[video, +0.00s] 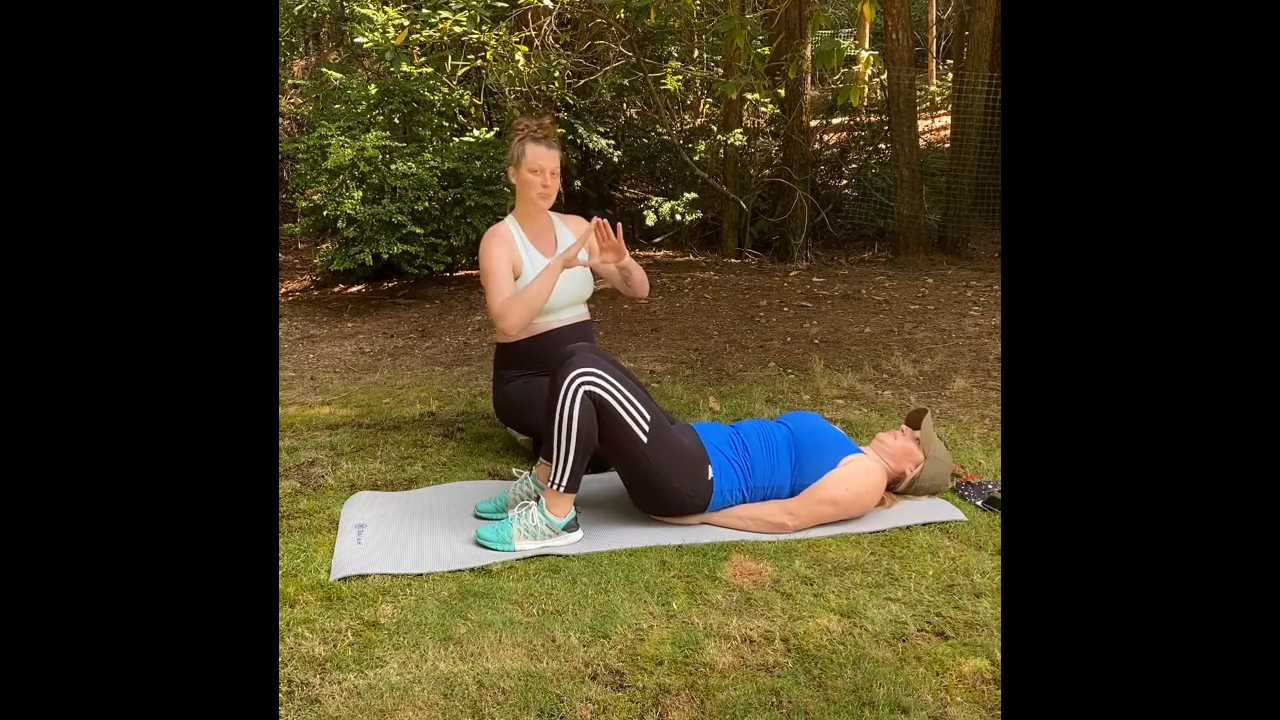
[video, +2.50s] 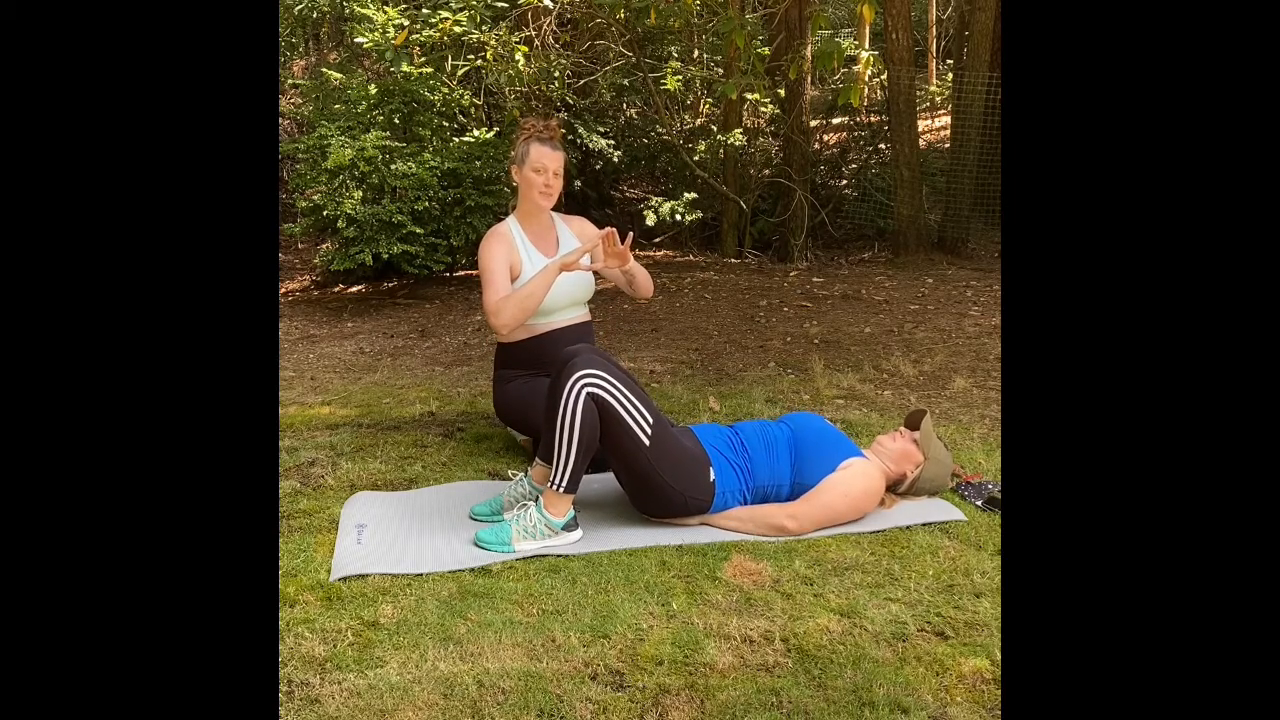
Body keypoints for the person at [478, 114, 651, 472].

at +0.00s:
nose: (547, 183)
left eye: (554, 173)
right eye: (536, 173)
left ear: (561, 177)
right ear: (513, 175)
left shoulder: (576, 228)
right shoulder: (498, 241)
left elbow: (639, 292)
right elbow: (507, 325)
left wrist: (625, 265)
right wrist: (557, 264)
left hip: (584, 363)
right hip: (524, 376)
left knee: (650, 435)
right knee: (605, 445)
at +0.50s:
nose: (548, 182)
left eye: (554, 173)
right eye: (537, 171)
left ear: (561, 178)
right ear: (513, 174)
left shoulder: (577, 229)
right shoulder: (497, 241)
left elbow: (638, 296)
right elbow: (502, 321)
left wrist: (623, 267)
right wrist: (554, 264)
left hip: (584, 363)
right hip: (523, 376)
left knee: (639, 438)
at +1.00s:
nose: (549, 183)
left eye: (556, 173)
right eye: (538, 172)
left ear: (563, 177)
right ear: (515, 174)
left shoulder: (579, 229)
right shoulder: (498, 242)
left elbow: (641, 295)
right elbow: (502, 322)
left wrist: (625, 268)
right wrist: (556, 267)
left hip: (584, 364)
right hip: (523, 377)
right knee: (600, 445)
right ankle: (541, 450)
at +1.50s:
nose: (552, 186)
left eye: (558, 176)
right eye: (541, 176)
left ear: (564, 177)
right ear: (515, 175)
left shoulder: (578, 229)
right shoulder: (497, 243)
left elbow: (643, 293)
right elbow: (500, 321)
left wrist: (627, 269)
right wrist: (556, 269)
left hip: (584, 364)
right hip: (523, 377)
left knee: (643, 439)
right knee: (606, 447)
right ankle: (541, 451)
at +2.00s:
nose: (549, 182)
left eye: (556, 173)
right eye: (538, 170)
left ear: (563, 180)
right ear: (515, 173)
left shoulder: (579, 229)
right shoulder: (498, 242)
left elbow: (644, 292)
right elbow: (501, 321)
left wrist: (627, 269)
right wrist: (554, 268)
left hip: (584, 364)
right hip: (523, 376)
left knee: (638, 439)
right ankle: (540, 454)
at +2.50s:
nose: (550, 182)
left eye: (557, 174)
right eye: (539, 171)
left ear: (564, 179)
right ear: (516, 174)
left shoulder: (579, 229)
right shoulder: (498, 242)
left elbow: (644, 292)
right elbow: (501, 321)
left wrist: (629, 269)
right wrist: (554, 267)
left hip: (583, 364)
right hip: (523, 377)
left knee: (641, 441)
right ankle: (540, 452)